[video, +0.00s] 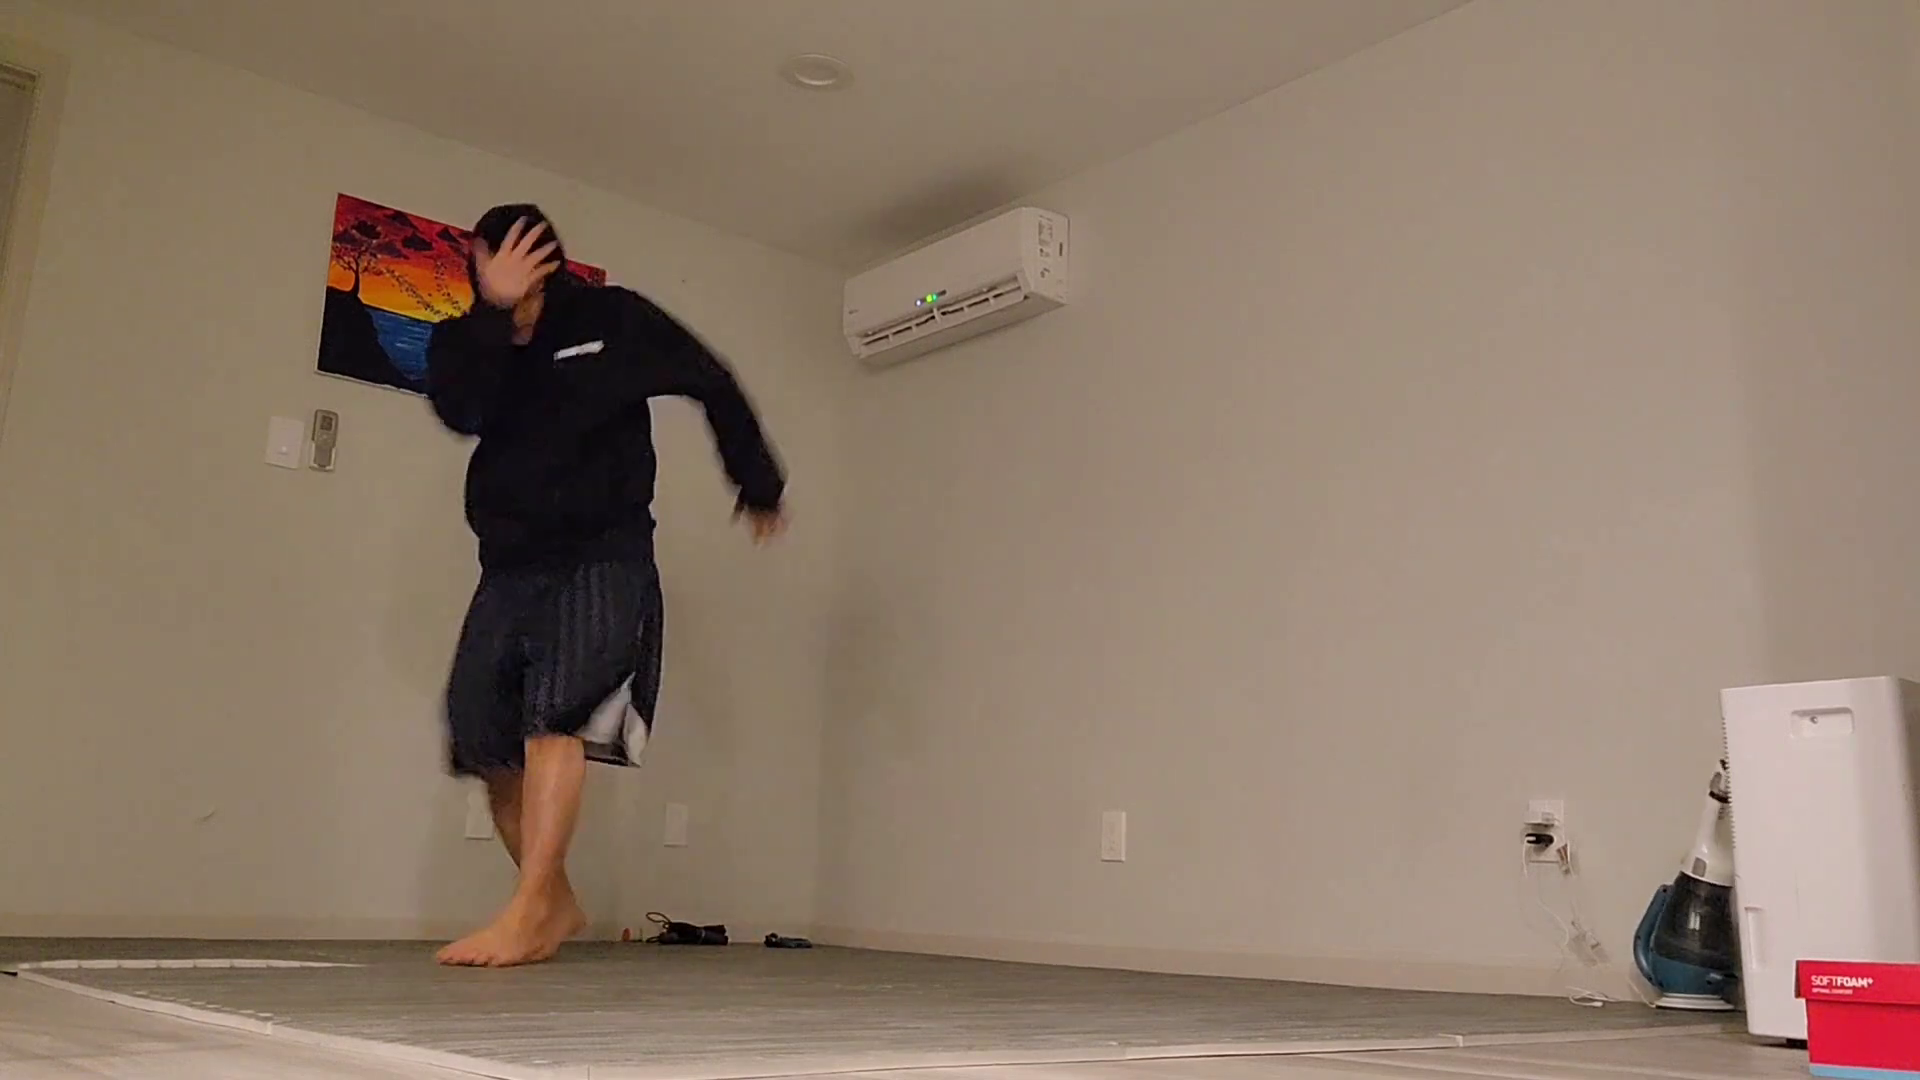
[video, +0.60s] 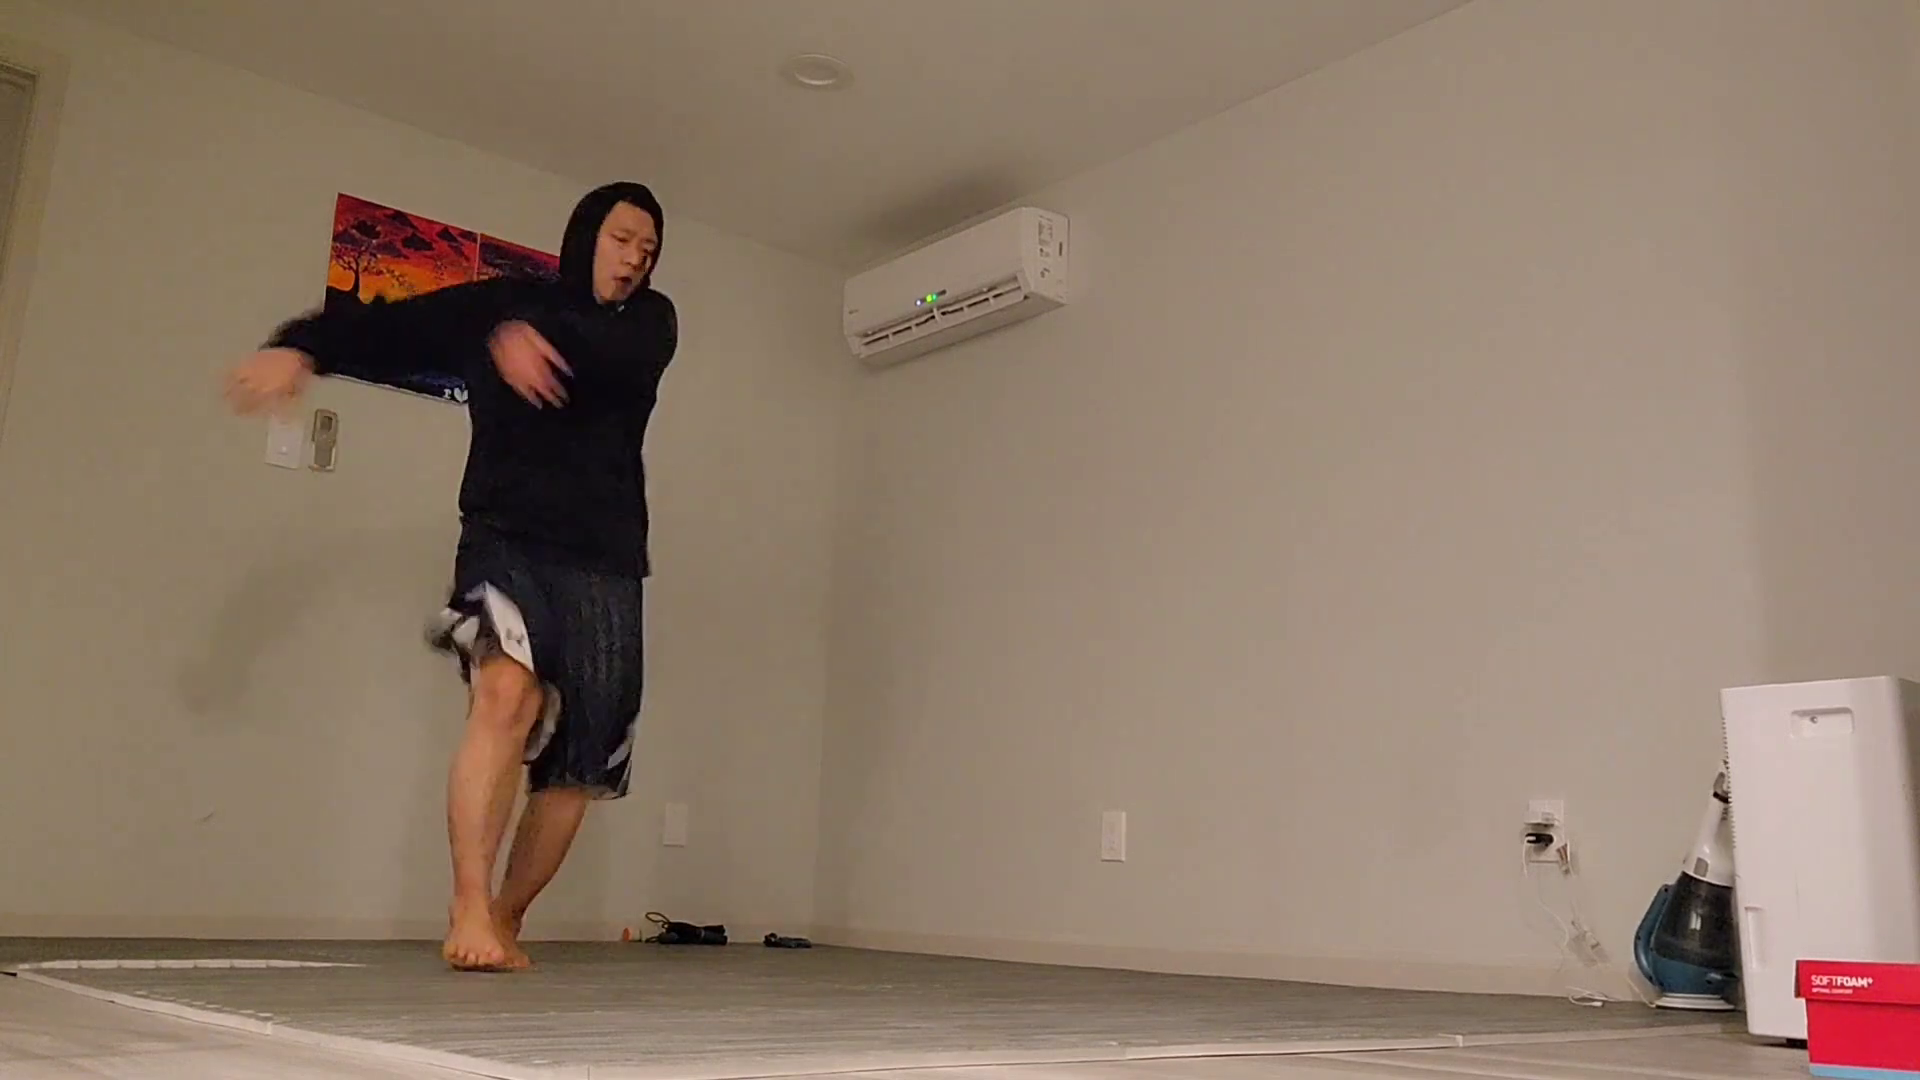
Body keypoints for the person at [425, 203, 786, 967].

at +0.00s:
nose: (500, 307)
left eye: (514, 292)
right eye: (487, 291)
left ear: (546, 271)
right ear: (479, 281)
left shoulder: (615, 319)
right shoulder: (473, 338)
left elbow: (712, 380)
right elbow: (461, 413)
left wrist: (759, 481)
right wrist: (491, 307)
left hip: (600, 560)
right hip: (511, 567)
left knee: (555, 720)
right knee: (486, 737)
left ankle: (529, 914)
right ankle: (553, 901)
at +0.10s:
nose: (545, 281)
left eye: (557, 262)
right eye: (525, 270)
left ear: (586, 264)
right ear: (501, 285)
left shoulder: (632, 323)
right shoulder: (473, 342)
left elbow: (726, 357)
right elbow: (479, 415)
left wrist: (770, 451)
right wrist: (548, 320)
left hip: (605, 552)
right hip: (515, 562)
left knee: (555, 719)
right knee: (513, 753)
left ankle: (557, 910)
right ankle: (562, 910)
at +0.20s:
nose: (568, 268)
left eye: (583, 253)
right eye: (553, 251)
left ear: (599, 258)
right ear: (522, 251)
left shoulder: (633, 325)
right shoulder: (476, 340)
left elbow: (722, 399)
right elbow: (464, 457)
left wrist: (753, 495)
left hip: (608, 559)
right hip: (512, 565)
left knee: (570, 737)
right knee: (490, 760)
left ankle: (559, 923)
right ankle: (567, 895)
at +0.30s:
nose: (597, 257)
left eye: (610, 243)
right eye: (583, 240)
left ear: (624, 254)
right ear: (548, 244)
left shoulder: (648, 340)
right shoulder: (488, 337)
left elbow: (702, 445)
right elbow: (420, 451)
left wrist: (699, 534)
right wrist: (464, 515)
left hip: (609, 572)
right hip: (505, 570)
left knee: (591, 747)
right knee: (471, 718)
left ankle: (561, 926)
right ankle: (534, 799)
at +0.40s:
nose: (614, 240)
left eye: (627, 228)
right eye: (600, 222)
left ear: (638, 239)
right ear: (565, 224)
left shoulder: (653, 323)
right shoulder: (494, 308)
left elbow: (690, 427)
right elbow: (391, 378)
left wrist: (615, 465)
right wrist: (387, 450)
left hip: (608, 558)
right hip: (506, 543)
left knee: (586, 746)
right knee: (506, 675)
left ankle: (533, 920)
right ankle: (514, 843)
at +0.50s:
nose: (627, 244)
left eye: (641, 233)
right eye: (613, 226)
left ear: (650, 246)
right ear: (578, 228)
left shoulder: (656, 315)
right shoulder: (512, 288)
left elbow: (632, 373)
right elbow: (385, 316)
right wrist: (326, 380)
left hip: (607, 552)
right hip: (510, 533)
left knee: (575, 757)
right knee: (514, 691)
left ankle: (510, 925)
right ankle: (492, 894)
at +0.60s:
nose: (633, 256)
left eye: (647, 247)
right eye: (621, 238)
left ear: (654, 258)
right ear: (582, 236)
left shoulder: (651, 316)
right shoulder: (508, 302)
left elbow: (627, 355)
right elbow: (402, 326)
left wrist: (523, 332)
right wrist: (302, 348)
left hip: (605, 556)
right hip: (506, 538)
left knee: (583, 753)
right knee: (507, 697)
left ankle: (506, 916)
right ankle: (471, 912)